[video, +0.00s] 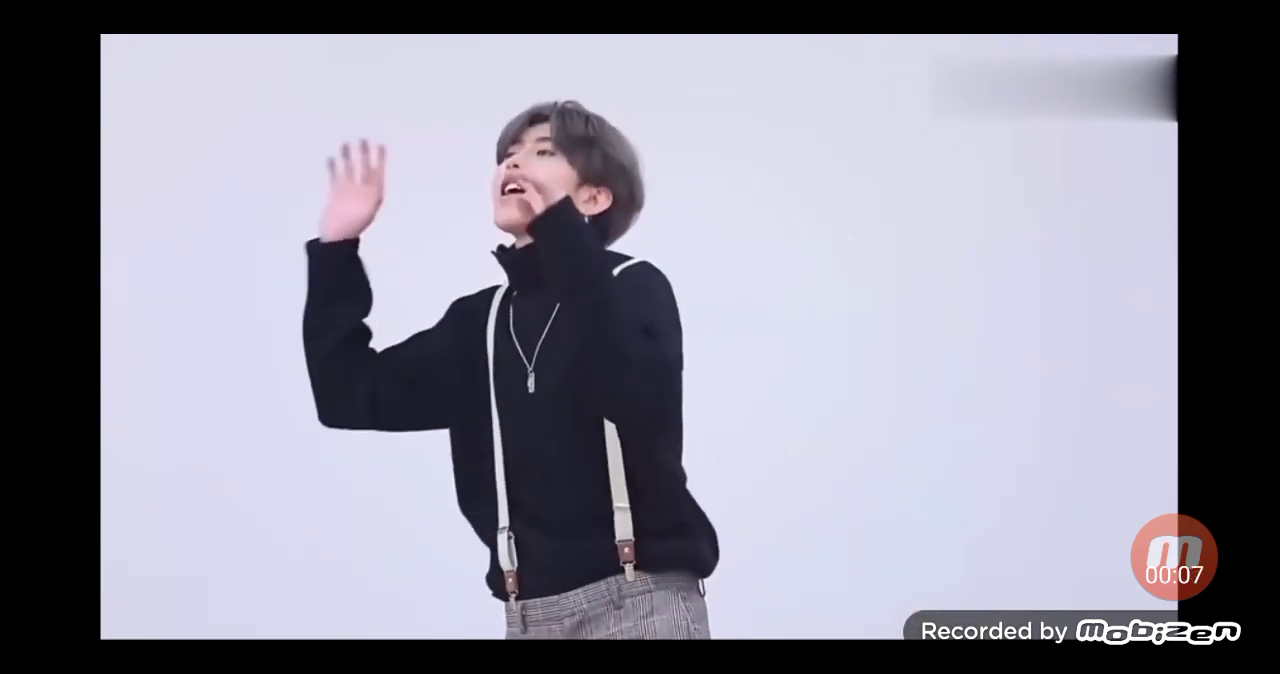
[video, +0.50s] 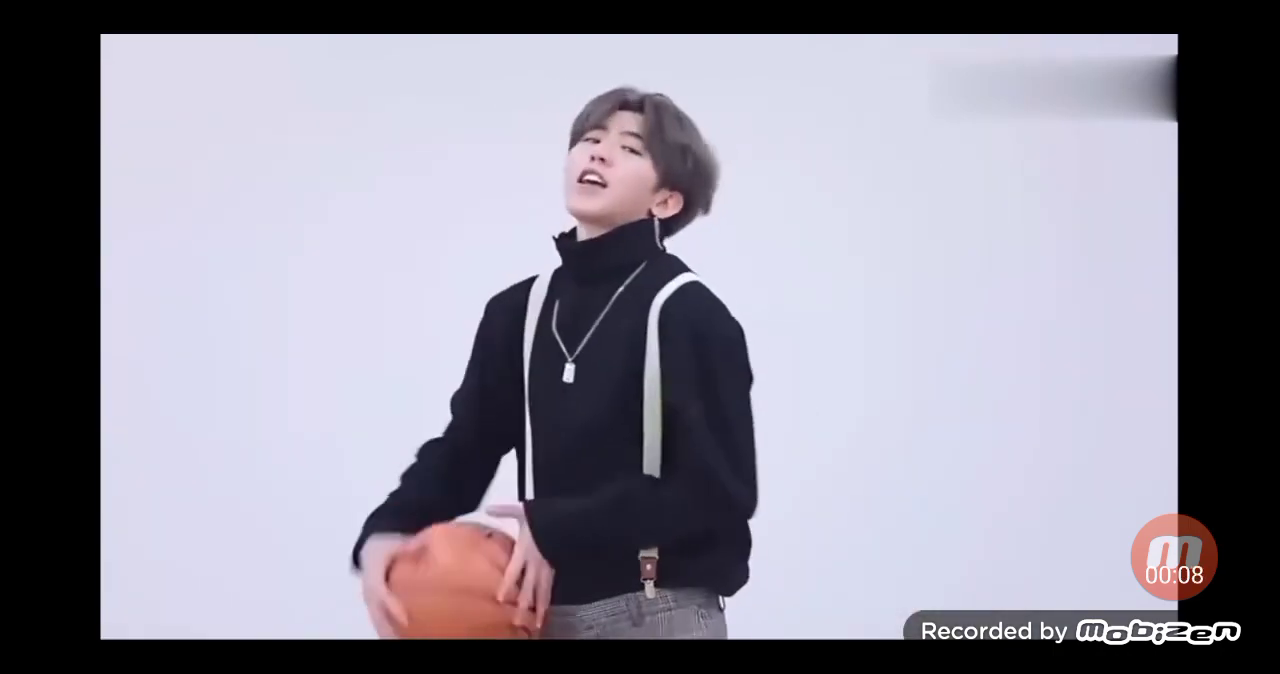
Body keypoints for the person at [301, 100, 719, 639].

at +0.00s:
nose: (512, 165)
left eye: (544, 152)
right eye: (507, 156)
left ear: (594, 197)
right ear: (495, 185)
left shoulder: (633, 287)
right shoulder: (476, 323)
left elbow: (631, 396)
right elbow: (345, 395)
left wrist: (561, 230)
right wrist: (336, 248)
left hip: (639, 605)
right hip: (529, 617)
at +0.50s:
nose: (598, 149)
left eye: (630, 147)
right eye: (589, 137)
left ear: (665, 202)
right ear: (566, 165)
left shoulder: (688, 314)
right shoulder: (515, 311)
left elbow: (717, 497)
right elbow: (464, 450)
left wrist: (547, 524)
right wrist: (382, 533)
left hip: (657, 612)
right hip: (539, 612)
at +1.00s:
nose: (630, 156)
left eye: (658, 138)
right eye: (615, 137)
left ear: (707, 168)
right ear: (598, 156)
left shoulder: (740, 314)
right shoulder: (616, 286)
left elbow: (741, 495)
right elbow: (618, 441)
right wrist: (583, 513)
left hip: (691, 610)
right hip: (599, 599)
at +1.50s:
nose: (585, 176)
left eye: (603, 148)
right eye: (567, 170)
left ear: (665, 155)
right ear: (564, 200)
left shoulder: (694, 262)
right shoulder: (713, 259)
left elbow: (712, 432)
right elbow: (804, 462)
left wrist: (559, 359)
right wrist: (801, 593)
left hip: (659, 600)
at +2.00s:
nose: (520, 212)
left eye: (535, 183)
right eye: (503, 199)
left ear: (596, 181)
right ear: (495, 215)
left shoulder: (681, 290)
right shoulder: (539, 346)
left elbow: (729, 462)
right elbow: (533, 486)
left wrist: (575, 504)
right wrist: (481, 473)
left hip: (717, 586)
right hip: (618, 594)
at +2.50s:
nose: (599, 227)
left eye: (611, 213)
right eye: (589, 216)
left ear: (642, 218)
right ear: (581, 223)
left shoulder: (693, 285)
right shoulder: (578, 303)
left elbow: (715, 368)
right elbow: (547, 404)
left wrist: (697, 372)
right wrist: (502, 485)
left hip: (683, 455)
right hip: (608, 455)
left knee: (690, 608)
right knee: (588, 562)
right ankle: (611, 638)